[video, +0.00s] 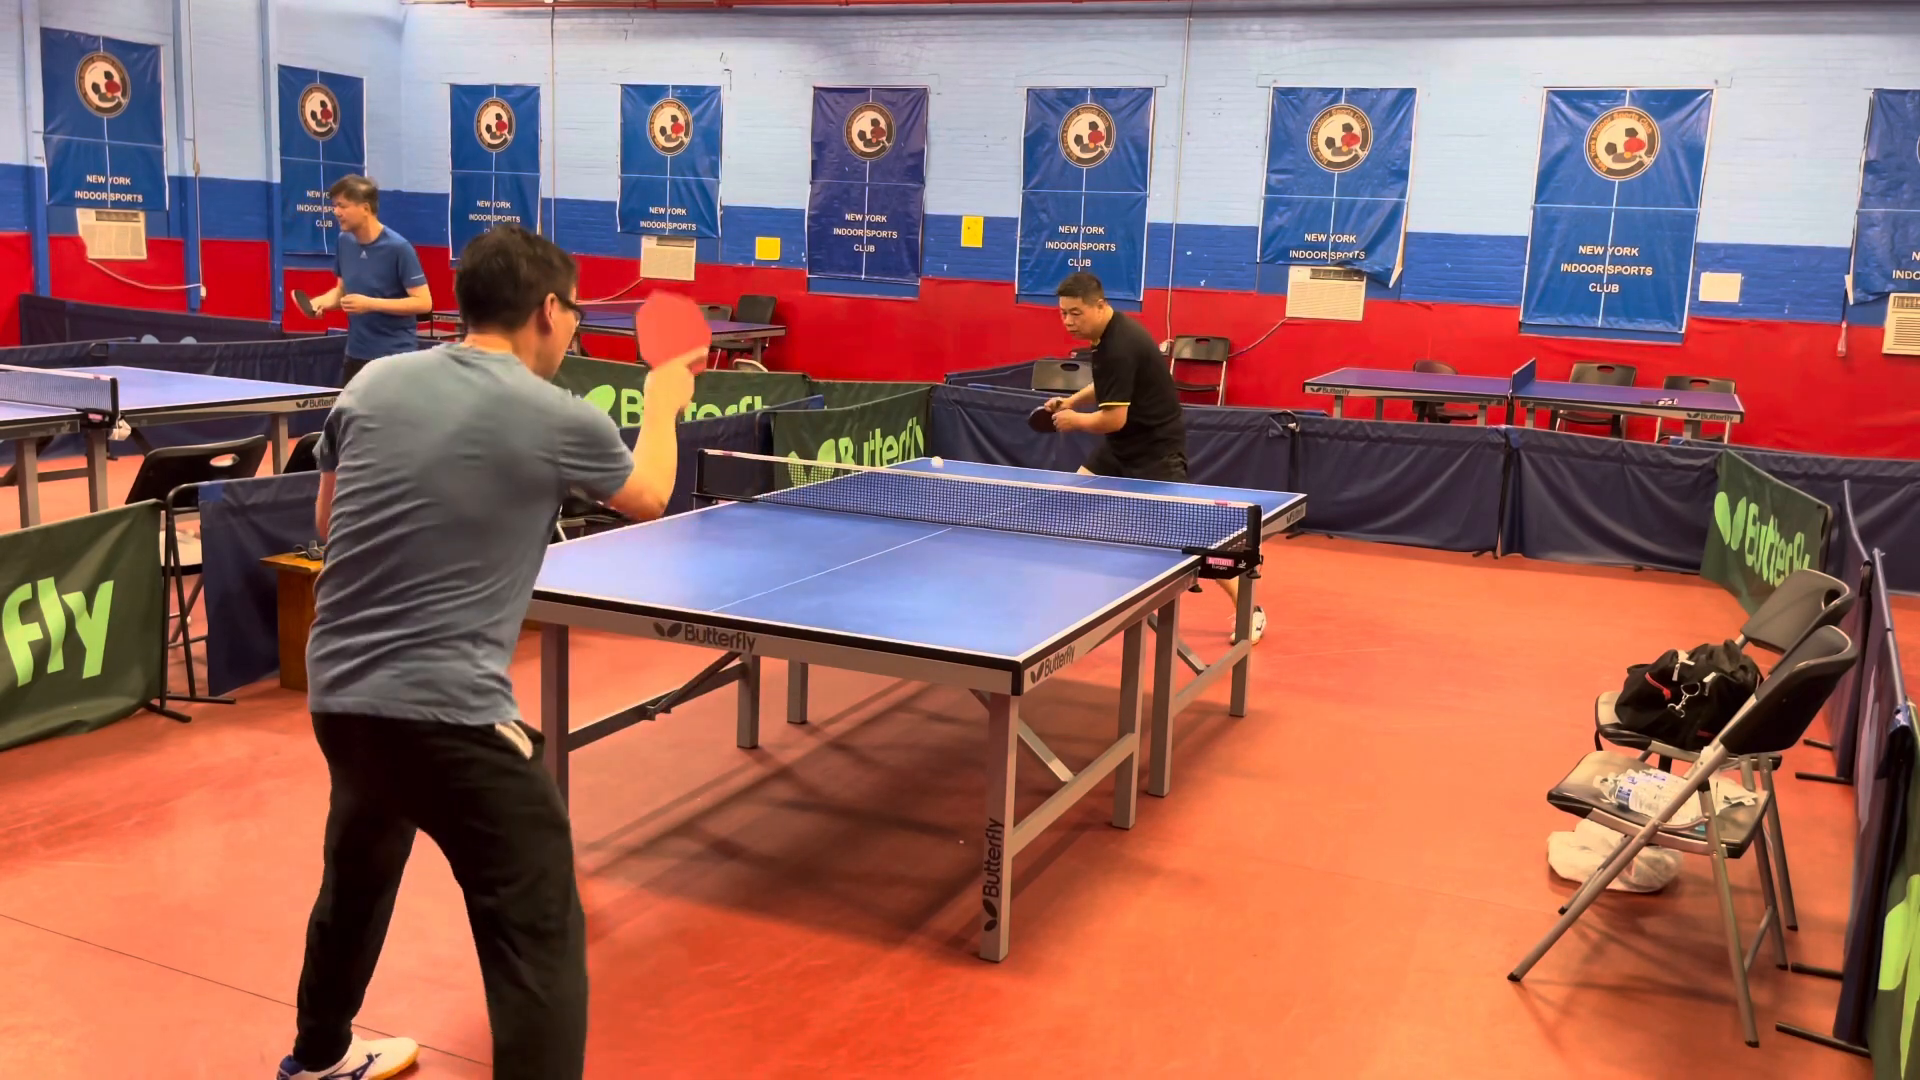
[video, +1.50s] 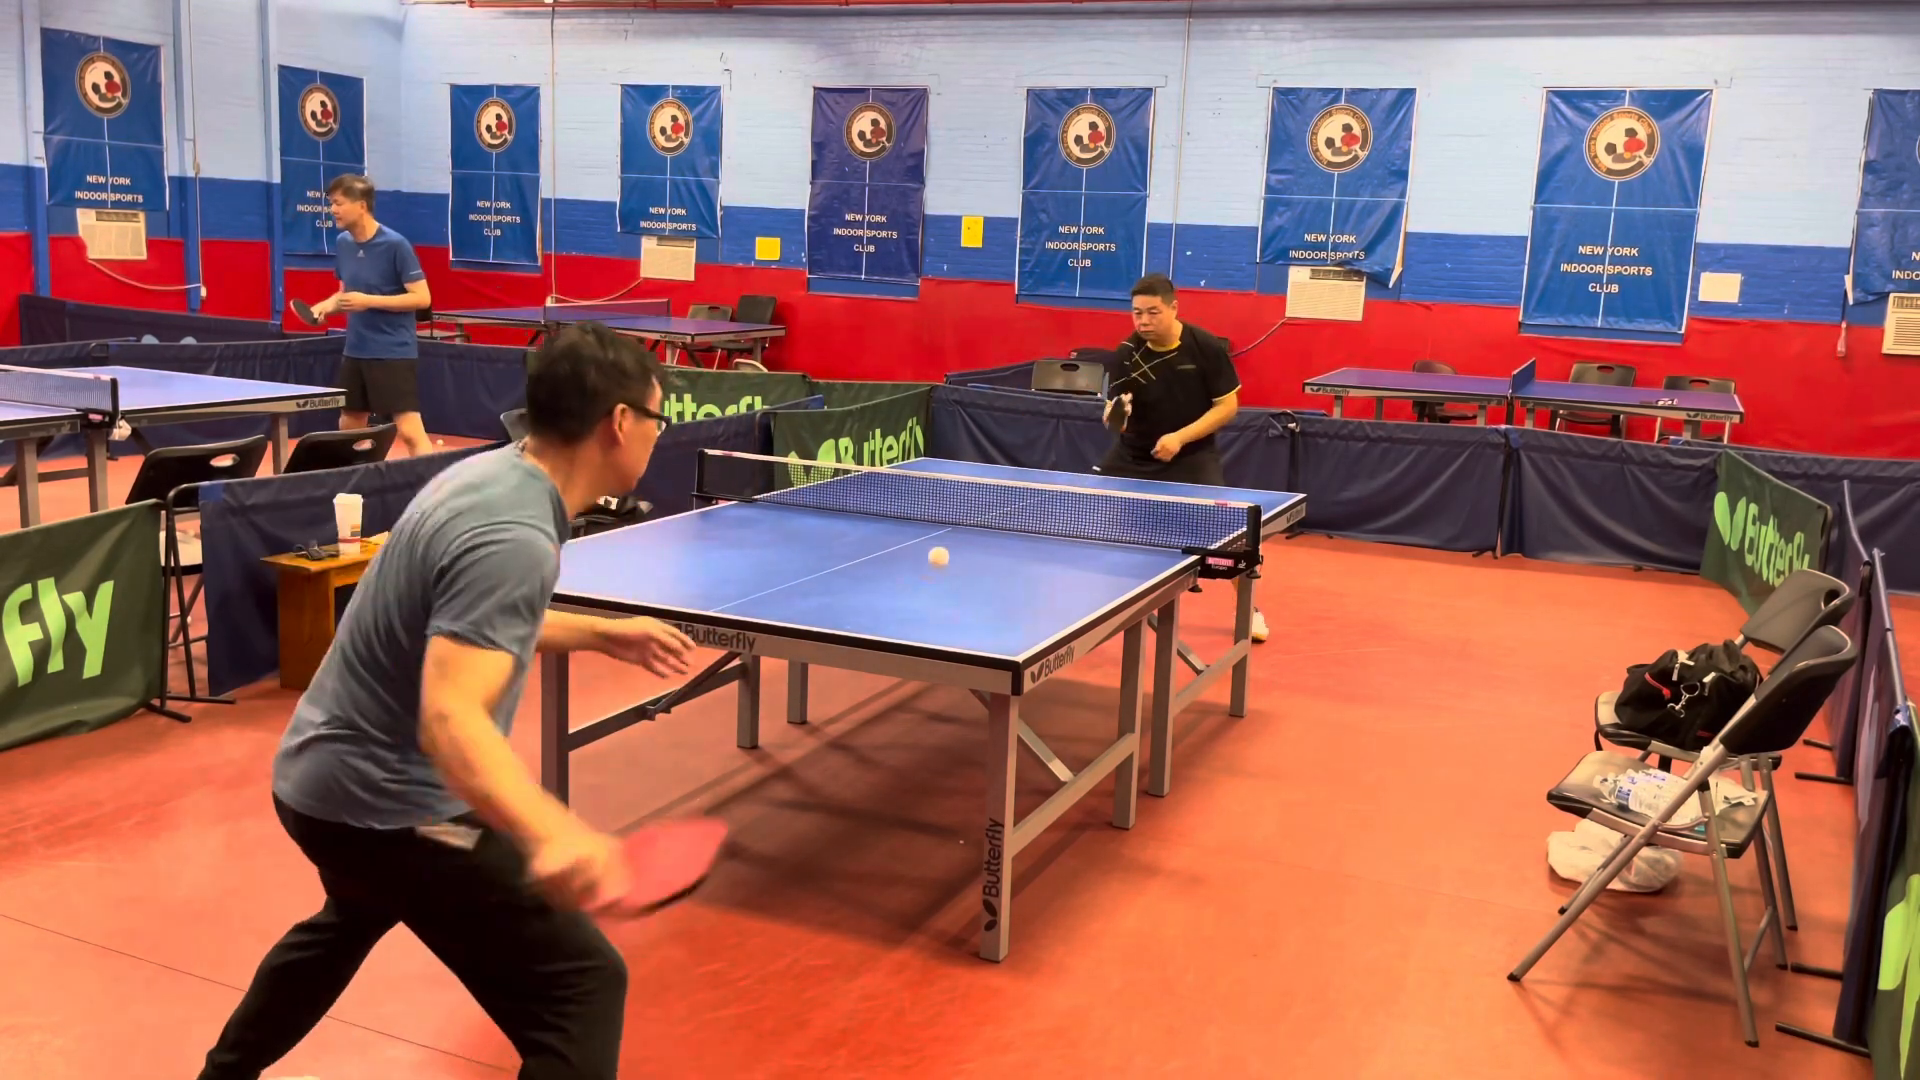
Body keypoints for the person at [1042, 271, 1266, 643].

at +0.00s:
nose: (1067, 322)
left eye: (1074, 314)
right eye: (1063, 314)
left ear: (1100, 306)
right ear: (1064, 310)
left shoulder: (1121, 344)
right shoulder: (1106, 334)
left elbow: (1115, 419)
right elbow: (1108, 383)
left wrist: (1076, 421)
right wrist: (1071, 401)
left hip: (1157, 452)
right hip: (1119, 446)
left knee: (1191, 532)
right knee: (1069, 506)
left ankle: (1248, 612)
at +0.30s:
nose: (1044, 321)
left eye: (1051, 312)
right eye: (1040, 312)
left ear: (1075, 305)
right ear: (1037, 310)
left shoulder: (1116, 330)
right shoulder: (1047, 341)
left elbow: (1145, 388)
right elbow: (1005, 381)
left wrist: (1099, 422)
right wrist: (1009, 352)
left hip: (1147, 440)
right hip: (1097, 441)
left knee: (1180, 514)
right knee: (1045, 497)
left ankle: (1224, 595)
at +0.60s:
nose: (1068, 326)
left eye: (1077, 317)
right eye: (1063, 318)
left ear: (1098, 315)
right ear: (1057, 317)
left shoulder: (1131, 350)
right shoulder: (1053, 354)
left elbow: (1148, 410)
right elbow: (1033, 402)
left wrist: (1095, 435)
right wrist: (1030, 409)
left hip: (1132, 450)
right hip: (1073, 448)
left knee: (1169, 509)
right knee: (1021, 497)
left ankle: (1196, 594)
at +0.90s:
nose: (1057, 319)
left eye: (1065, 311)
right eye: (1052, 311)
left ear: (1087, 304)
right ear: (1049, 309)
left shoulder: (1109, 342)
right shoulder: (1082, 335)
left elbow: (1106, 414)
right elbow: (1087, 382)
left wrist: (1067, 419)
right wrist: (1058, 405)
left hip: (1142, 446)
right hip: (1102, 440)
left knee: (1167, 523)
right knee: (1052, 498)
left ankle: (1230, 594)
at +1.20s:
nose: (1121, 318)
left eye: (1128, 310)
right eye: (1118, 310)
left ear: (1154, 304)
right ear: (1117, 309)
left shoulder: (1192, 343)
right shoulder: (1127, 343)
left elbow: (1203, 408)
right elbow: (1101, 399)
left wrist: (1150, 428)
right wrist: (1102, 362)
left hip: (1189, 455)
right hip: (1141, 449)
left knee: (1194, 532)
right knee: (1097, 509)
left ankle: (1243, 607)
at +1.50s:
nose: (1142, 320)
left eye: (1151, 312)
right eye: (1137, 312)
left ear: (1173, 309)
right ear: (1132, 313)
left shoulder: (1208, 349)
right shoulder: (1125, 355)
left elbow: (1229, 406)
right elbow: (1112, 419)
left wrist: (1180, 437)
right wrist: (1119, 411)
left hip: (1193, 458)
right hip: (1132, 455)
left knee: (1213, 523)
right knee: (1085, 507)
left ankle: (1247, 608)